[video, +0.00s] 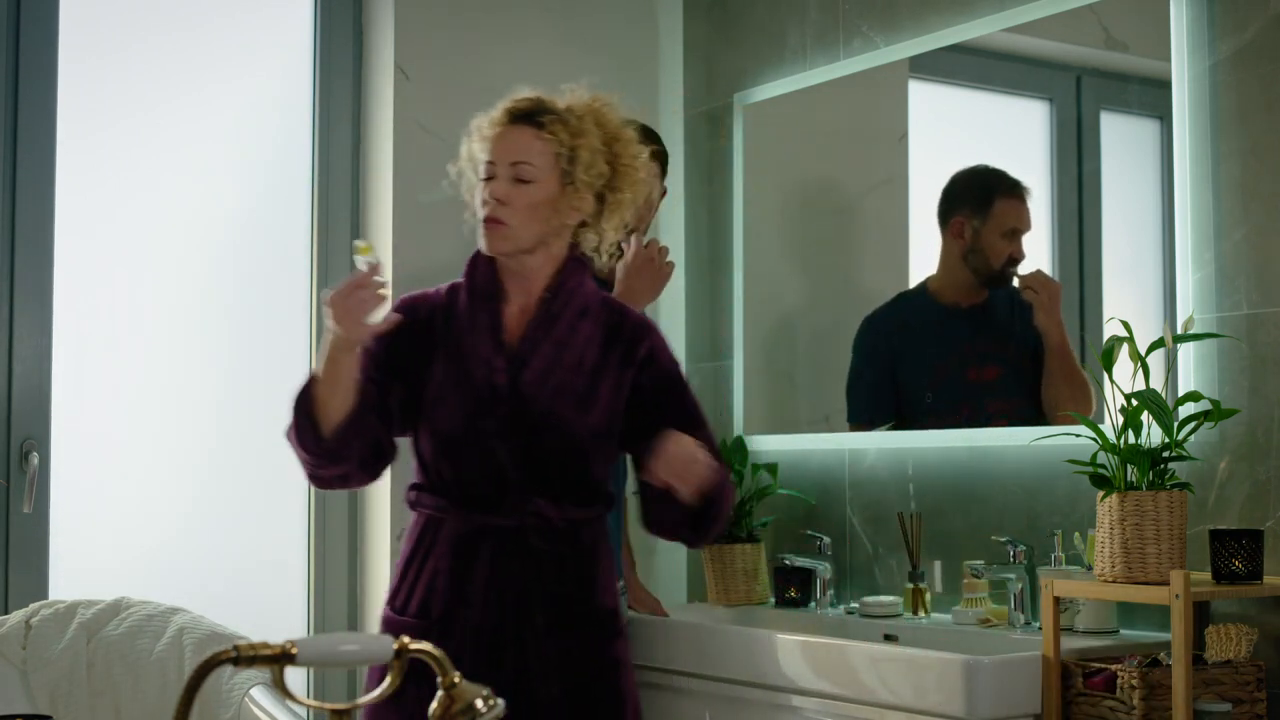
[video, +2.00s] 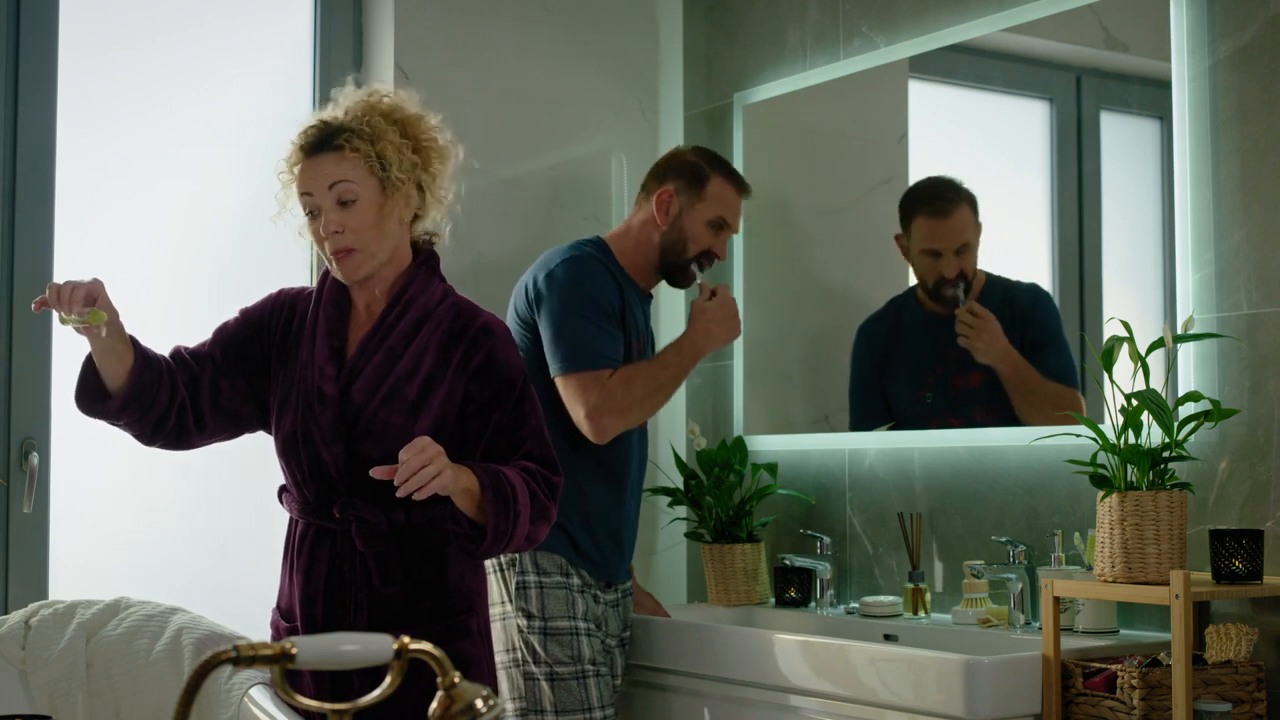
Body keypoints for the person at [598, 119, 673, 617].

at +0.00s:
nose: (661, 197)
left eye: (662, 183)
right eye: (654, 181)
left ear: (655, 193)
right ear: (620, 185)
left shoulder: (615, 277)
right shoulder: (559, 277)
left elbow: (612, 445)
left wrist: (629, 574)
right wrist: (626, 302)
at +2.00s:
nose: (721, 250)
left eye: (728, 235)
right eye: (716, 226)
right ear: (664, 204)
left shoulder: (631, 303)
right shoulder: (573, 273)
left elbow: (597, 467)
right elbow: (598, 413)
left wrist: (623, 581)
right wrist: (697, 341)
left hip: (597, 574)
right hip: (545, 568)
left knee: (591, 706)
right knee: (564, 710)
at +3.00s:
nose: (652, 197)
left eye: (665, 182)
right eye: (634, 178)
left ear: (676, 189)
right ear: (592, 182)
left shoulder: (633, 302)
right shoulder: (534, 279)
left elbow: (605, 452)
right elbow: (505, 415)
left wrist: (620, 571)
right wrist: (635, 394)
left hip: (602, 573)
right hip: (538, 565)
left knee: (591, 709)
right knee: (566, 711)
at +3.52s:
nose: (613, 178)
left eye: (636, 164)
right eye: (601, 156)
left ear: (668, 178)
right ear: (579, 156)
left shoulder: (668, 295)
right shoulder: (508, 265)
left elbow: (682, 441)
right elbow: (469, 413)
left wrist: (710, 563)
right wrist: (573, 404)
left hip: (604, 566)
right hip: (513, 556)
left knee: (594, 712)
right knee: (523, 714)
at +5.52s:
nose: (599, 187)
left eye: (623, 172)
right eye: (589, 164)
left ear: (665, 177)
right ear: (574, 153)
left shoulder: (681, 297)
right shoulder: (499, 265)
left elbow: (697, 457)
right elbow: (454, 414)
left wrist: (720, 593)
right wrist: (548, 411)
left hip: (609, 594)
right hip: (496, 586)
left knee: (602, 712)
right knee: (494, 713)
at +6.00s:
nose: (599, 175)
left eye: (620, 158)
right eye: (585, 155)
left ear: (650, 167)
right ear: (559, 153)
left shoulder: (660, 295)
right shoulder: (502, 265)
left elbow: (687, 441)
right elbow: (465, 414)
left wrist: (736, 578)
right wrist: (574, 391)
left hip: (608, 581)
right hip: (513, 572)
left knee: (597, 710)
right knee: (513, 713)